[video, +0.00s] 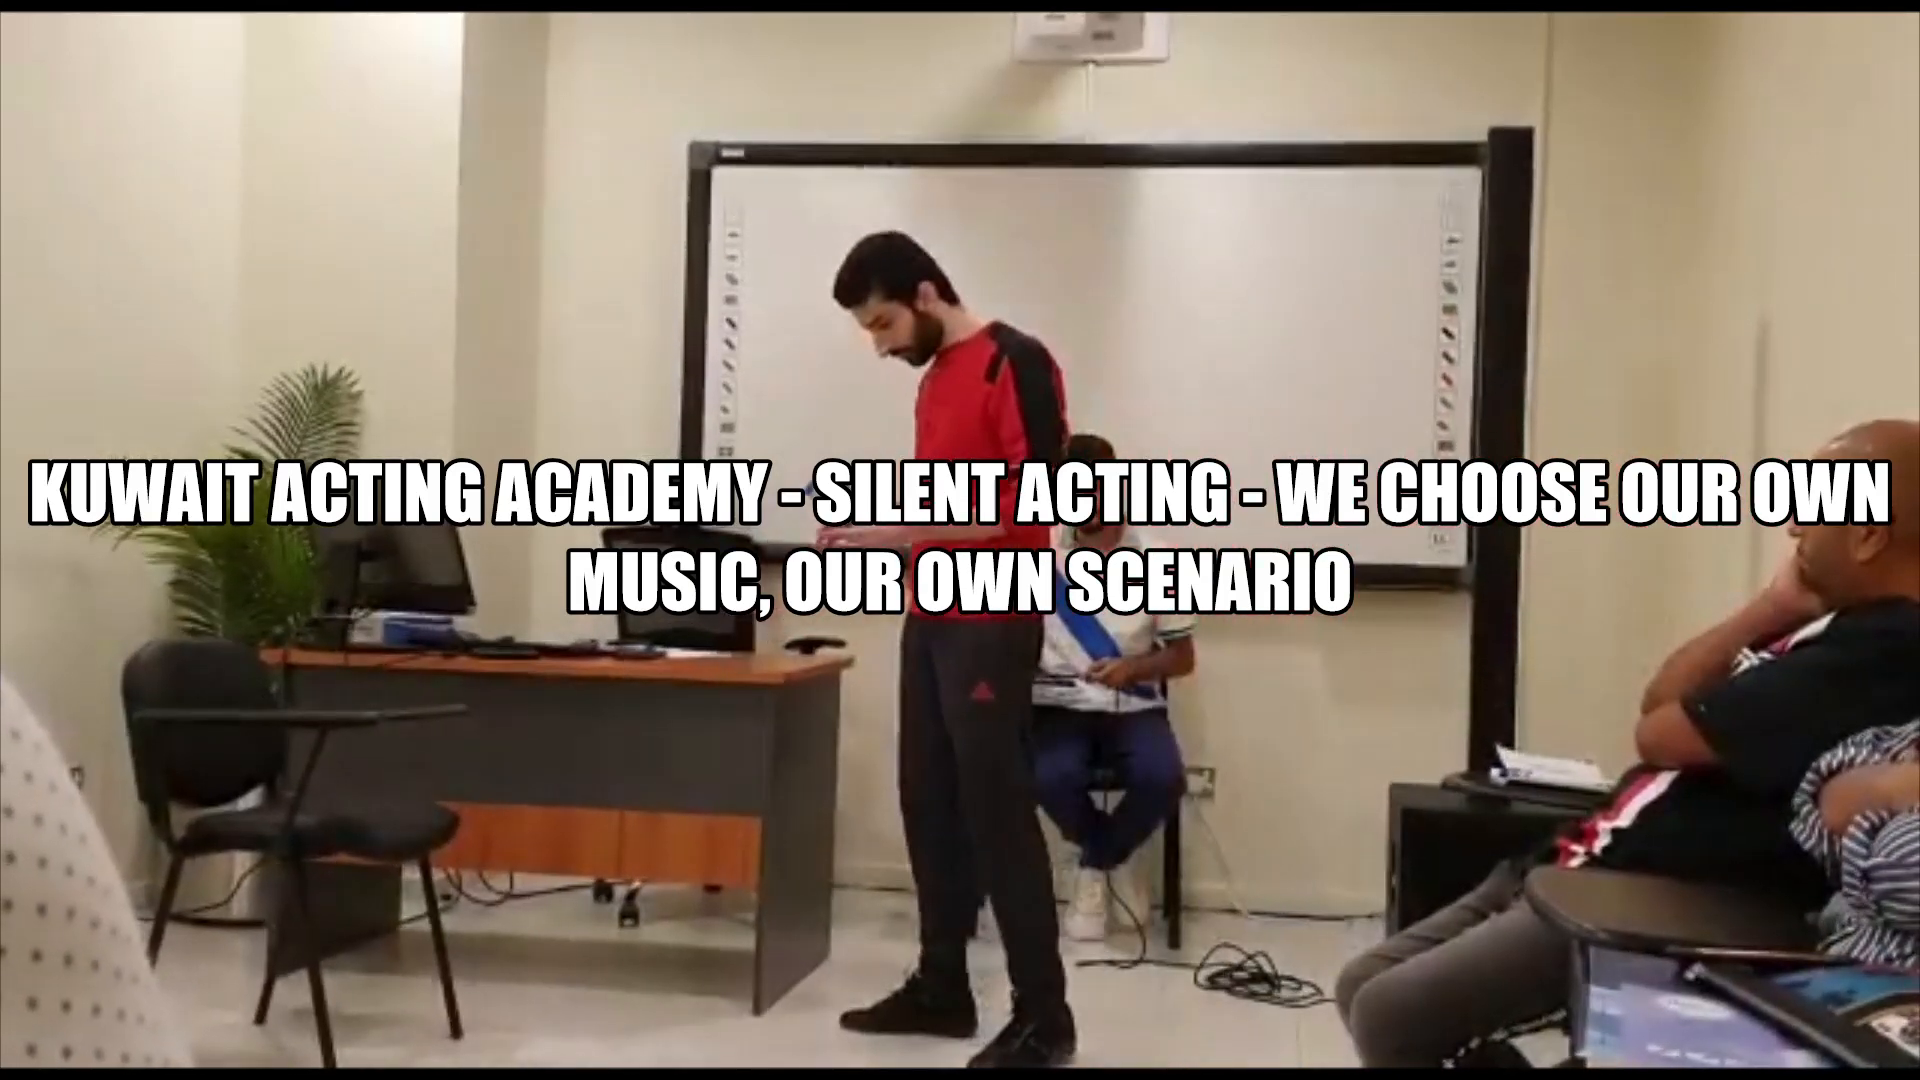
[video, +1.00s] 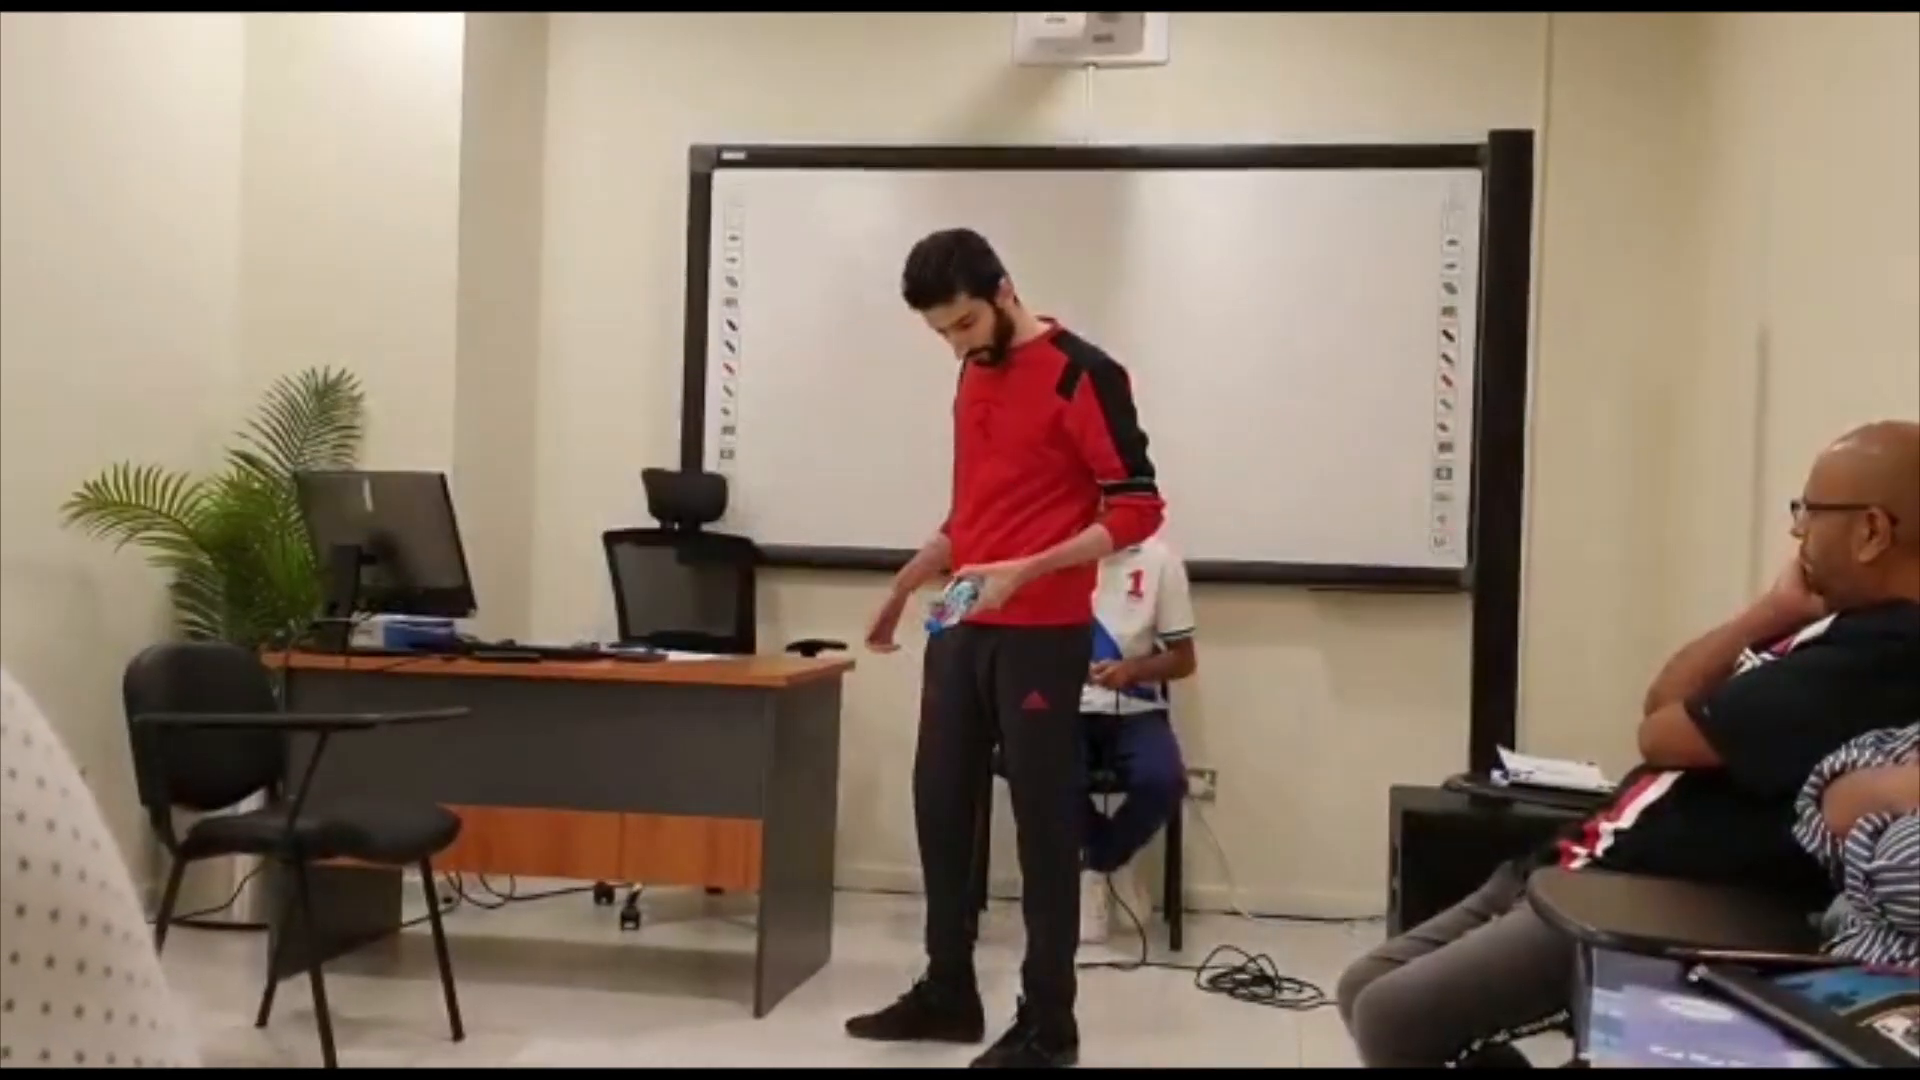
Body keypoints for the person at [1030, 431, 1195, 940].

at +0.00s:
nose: (1096, 519)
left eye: (1105, 505)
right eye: (1083, 506)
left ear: (1121, 502)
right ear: (1062, 508)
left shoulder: (1150, 558)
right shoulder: (1043, 556)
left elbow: (1182, 654)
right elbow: (1014, 634)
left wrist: (1131, 669)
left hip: (1133, 708)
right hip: (1059, 706)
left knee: (1161, 779)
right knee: (1051, 780)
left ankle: (1092, 867)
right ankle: (1113, 860)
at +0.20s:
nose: (1104, 525)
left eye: (1111, 514)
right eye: (1092, 515)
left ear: (1124, 519)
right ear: (1072, 519)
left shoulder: (1151, 562)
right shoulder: (1050, 560)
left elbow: (1182, 657)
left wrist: (1130, 668)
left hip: (1135, 710)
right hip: (1064, 711)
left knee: (1161, 780)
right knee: (1055, 786)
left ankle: (1094, 864)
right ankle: (1115, 854)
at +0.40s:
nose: (1122, 531)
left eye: (1128, 525)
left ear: (1138, 529)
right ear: (1089, 527)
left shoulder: (1157, 573)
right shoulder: (1057, 573)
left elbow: (1183, 657)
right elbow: (1036, 645)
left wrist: (1133, 668)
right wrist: (1075, 668)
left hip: (1139, 714)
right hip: (1073, 713)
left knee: (1162, 778)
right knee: (1051, 780)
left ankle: (1096, 863)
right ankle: (1115, 861)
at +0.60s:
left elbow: (1183, 658)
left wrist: (1130, 669)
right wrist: (1069, 666)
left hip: (1137, 711)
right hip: (1071, 710)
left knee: (1162, 781)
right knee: (1051, 781)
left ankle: (1097, 868)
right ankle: (1116, 861)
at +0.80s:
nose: (1126, 530)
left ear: (1139, 535)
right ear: (1083, 528)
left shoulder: (1156, 575)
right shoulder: (1057, 572)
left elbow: (1184, 658)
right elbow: (1034, 648)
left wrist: (1132, 669)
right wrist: (1073, 670)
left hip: (1139, 714)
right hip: (1072, 713)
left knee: (1162, 780)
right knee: (1048, 778)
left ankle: (1096, 868)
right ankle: (1116, 862)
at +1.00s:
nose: (1116, 512)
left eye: (1126, 496)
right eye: (1105, 497)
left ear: (1140, 502)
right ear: (1085, 501)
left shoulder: (1156, 560)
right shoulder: (1062, 560)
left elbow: (1183, 658)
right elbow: (1038, 635)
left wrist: (1131, 669)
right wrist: (1067, 667)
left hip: (1138, 712)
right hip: (1071, 711)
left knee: (1161, 782)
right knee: (1047, 780)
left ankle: (1095, 868)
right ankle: (1116, 861)